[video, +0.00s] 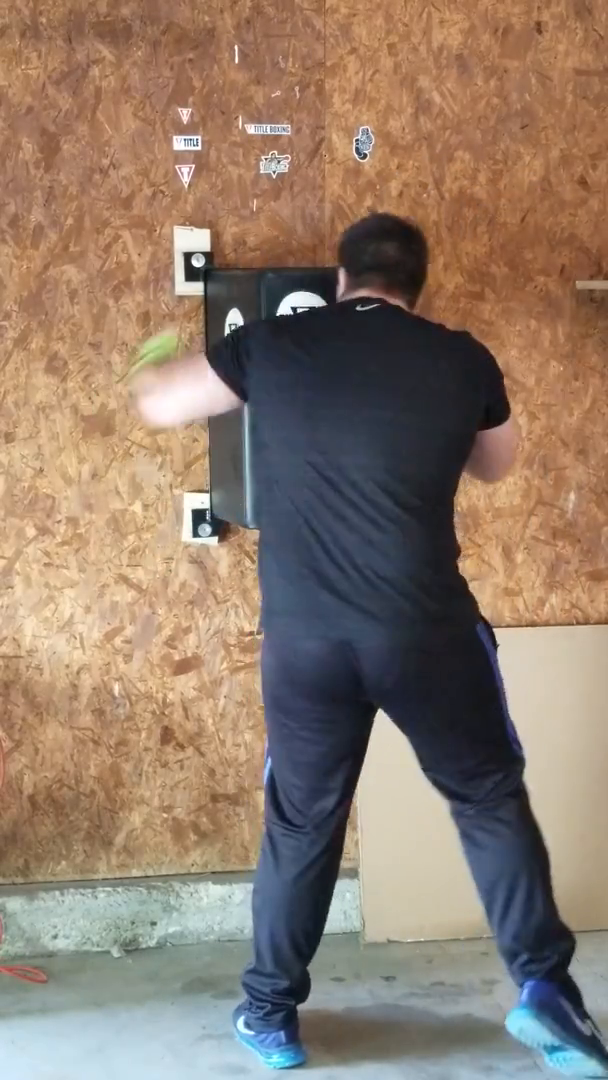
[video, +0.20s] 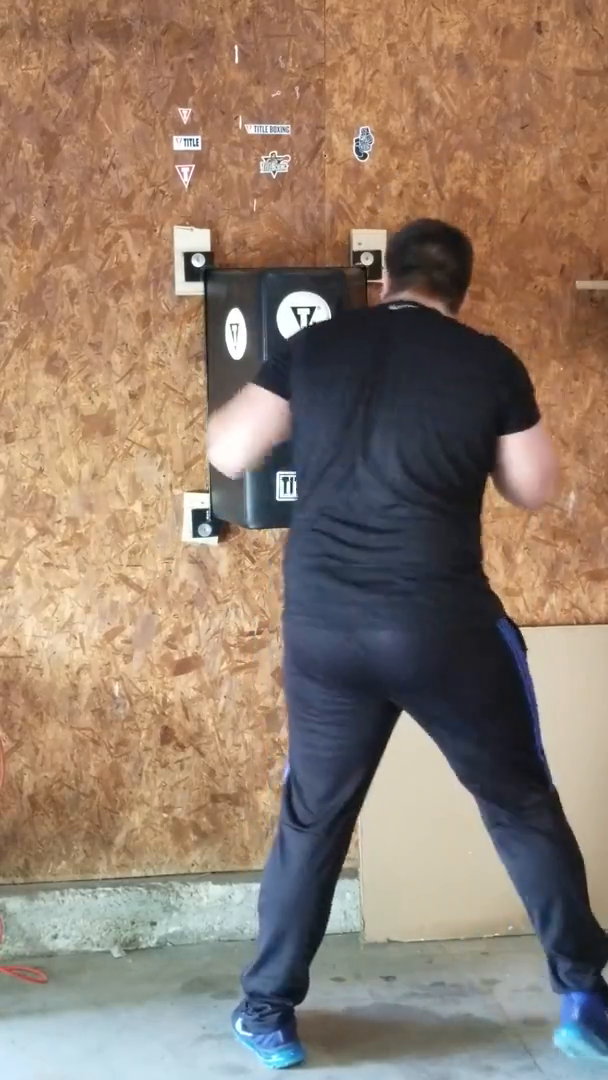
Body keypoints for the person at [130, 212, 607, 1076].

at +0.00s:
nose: (347, 288)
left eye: (340, 277)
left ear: (338, 279)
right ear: (417, 288)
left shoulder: (272, 343)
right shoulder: (462, 358)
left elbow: (158, 402)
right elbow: (494, 463)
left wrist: (159, 358)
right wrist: (425, 412)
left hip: (303, 635)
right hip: (424, 633)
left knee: (300, 821)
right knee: (488, 796)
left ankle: (269, 1012)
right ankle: (544, 986)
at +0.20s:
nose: (380, 287)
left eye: (378, 276)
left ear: (381, 281)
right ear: (462, 292)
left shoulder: (316, 346)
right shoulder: (491, 363)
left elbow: (230, 452)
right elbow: (533, 487)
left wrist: (282, 392)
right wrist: (471, 431)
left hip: (328, 626)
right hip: (447, 628)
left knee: (310, 816)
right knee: (521, 804)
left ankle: (268, 1011)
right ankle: (586, 995)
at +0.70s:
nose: (396, 332)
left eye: (393, 321)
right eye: (392, 323)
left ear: (412, 302)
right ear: (475, 281)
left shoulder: (430, 344)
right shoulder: (577, 335)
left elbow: (361, 461)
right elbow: (569, 441)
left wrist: (363, 404)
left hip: (477, 610)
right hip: (585, 608)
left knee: (456, 798)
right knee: (578, 800)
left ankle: (483, 996)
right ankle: (595, 997)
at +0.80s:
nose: (393, 363)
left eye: (388, 352)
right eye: (388, 354)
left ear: (405, 334)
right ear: (461, 304)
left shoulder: (429, 374)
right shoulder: (571, 356)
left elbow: (357, 490)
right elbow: (563, 457)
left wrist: (366, 430)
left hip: (488, 624)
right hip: (589, 620)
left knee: (473, 814)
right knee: (595, 799)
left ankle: (490, 999)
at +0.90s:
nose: (397, 376)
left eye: (388, 363)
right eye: (389, 367)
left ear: (407, 339)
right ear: (451, 304)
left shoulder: (444, 378)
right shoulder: (567, 351)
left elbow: (389, 508)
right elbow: (526, 466)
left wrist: (374, 448)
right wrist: (412, 460)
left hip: (500, 628)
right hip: (593, 620)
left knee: (469, 810)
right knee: (597, 775)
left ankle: (490, 999)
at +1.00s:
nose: (394, 365)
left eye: (387, 354)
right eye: (387, 357)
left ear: (410, 333)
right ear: (450, 293)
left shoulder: (463, 366)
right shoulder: (552, 334)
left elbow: (412, 495)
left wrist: (390, 426)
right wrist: (426, 404)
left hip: (519, 617)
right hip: (591, 609)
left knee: (487, 804)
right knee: (604, 793)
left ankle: (490, 998)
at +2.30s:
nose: (442, 292)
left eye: (447, 280)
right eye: (443, 282)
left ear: (482, 274)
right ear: (528, 275)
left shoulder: (469, 320)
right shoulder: (593, 343)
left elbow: (361, 354)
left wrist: (315, 324)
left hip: (501, 603)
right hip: (592, 599)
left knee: (483, 793)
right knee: (571, 745)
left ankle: (488, 991)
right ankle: (605, 915)